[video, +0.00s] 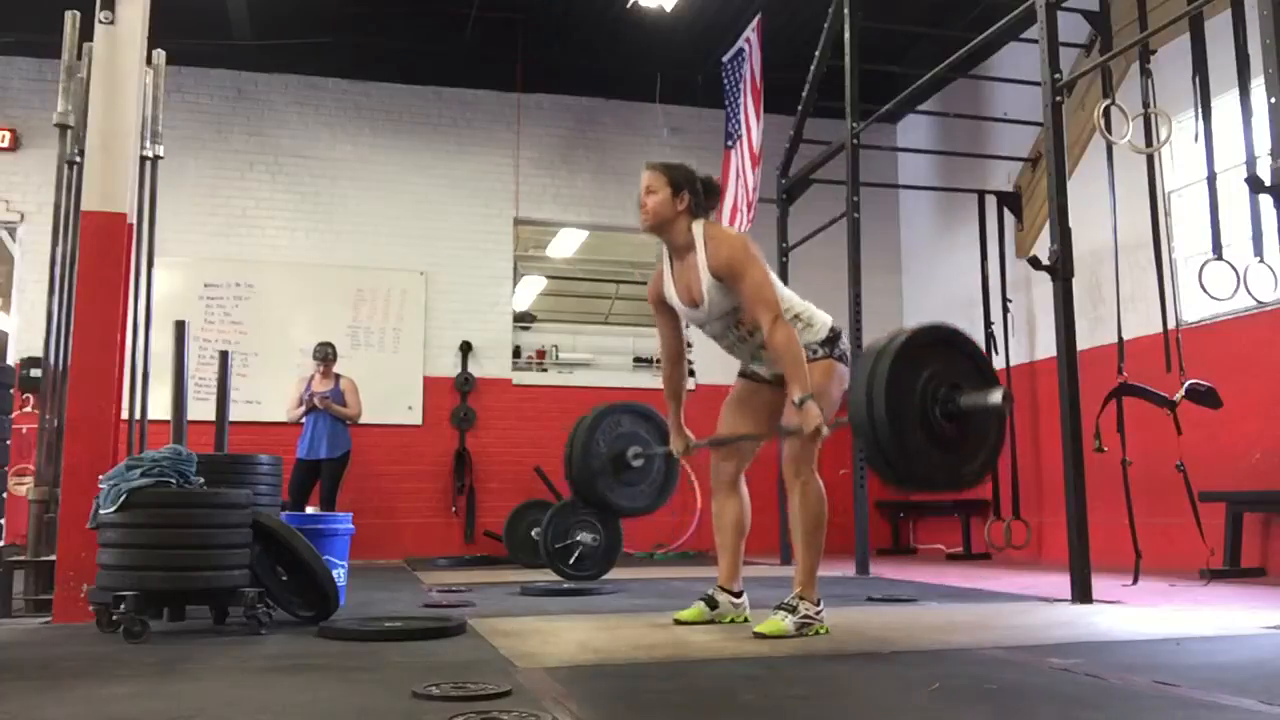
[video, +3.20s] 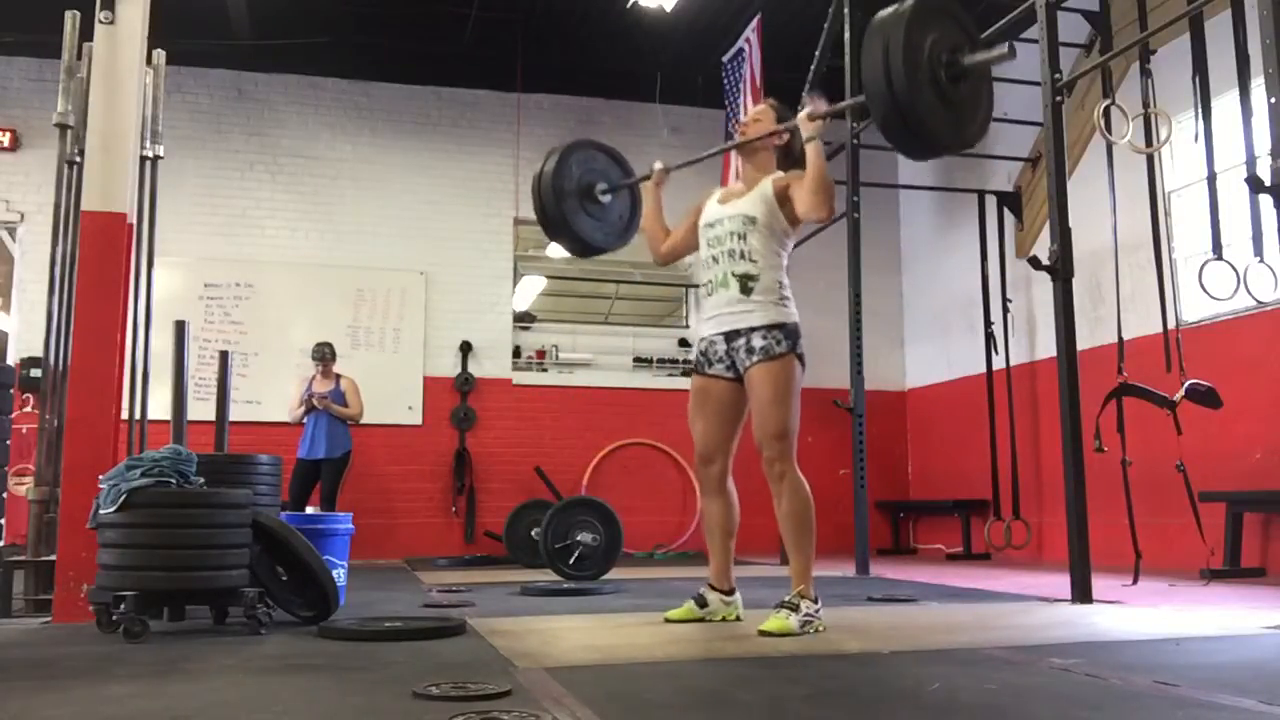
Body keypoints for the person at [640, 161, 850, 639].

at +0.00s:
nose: (641, 203)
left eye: (651, 193)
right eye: (641, 194)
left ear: (681, 200)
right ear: (664, 204)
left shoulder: (726, 247)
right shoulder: (661, 285)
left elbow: (774, 323)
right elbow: (672, 358)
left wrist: (802, 398)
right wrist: (676, 423)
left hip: (814, 347)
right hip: (761, 361)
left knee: (796, 466)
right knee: (724, 468)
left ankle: (806, 601)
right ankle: (728, 594)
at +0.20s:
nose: (683, 151)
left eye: (695, 144)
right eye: (685, 145)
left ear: (723, 159)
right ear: (697, 163)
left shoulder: (746, 206)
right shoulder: (683, 238)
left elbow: (777, 278)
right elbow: (675, 315)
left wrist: (791, 354)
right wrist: (665, 385)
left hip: (783, 360)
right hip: (732, 372)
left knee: (760, 461)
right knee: (685, 471)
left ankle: (801, 599)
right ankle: (726, 594)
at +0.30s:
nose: (733, 138)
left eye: (746, 133)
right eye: (736, 133)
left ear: (772, 151)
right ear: (739, 154)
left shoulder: (783, 199)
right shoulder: (717, 224)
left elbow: (792, 262)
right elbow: (686, 294)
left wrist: (780, 331)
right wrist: (656, 361)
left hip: (776, 355)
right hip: (726, 362)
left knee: (752, 459)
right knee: (680, 469)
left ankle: (798, 597)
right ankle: (723, 591)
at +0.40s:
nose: (766, 123)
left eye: (781, 119)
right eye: (768, 118)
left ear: (802, 141)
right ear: (763, 139)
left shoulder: (802, 178)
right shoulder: (736, 203)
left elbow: (796, 230)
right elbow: (690, 263)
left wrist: (775, 279)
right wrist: (650, 315)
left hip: (770, 323)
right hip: (719, 331)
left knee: (760, 441)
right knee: (695, 452)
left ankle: (796, 590)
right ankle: (717, 583)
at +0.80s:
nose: (724, 186)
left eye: (738, 181)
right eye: (724, 181)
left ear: (763, 203)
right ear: (722, 203)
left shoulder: (773, 254)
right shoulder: (696, 271)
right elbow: (638, 311)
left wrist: (767, 226)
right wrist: (645, 259)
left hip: (783, 397)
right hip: (726, 410)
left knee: (760, 475)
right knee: (637, 486)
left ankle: (826, 606)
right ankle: (682, 596)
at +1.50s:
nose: (731, 134)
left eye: (744, 127)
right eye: (730, 127)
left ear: (768, 146)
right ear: (726, 143)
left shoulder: (772, 196)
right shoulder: (696, 209)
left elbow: (737, 195)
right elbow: (635, 247)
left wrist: (773, 145)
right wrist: (646, 200)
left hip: (756, 342)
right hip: (705, 352)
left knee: (769, 458)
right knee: (671, 469)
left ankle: (820, 601)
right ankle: (684, 593)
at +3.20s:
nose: (744, 118)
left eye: (756, 113)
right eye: (744, 113)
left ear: (779, 134)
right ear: (740, 131)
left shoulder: (785, 183)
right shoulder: (713, 200)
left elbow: (818, 209)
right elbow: (663, 250)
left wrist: (810, 137)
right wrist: (652, 191)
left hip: (767, 333)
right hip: (714, 340)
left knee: (777, 460)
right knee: (709, 465)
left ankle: (803, 598)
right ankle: (721, 593)